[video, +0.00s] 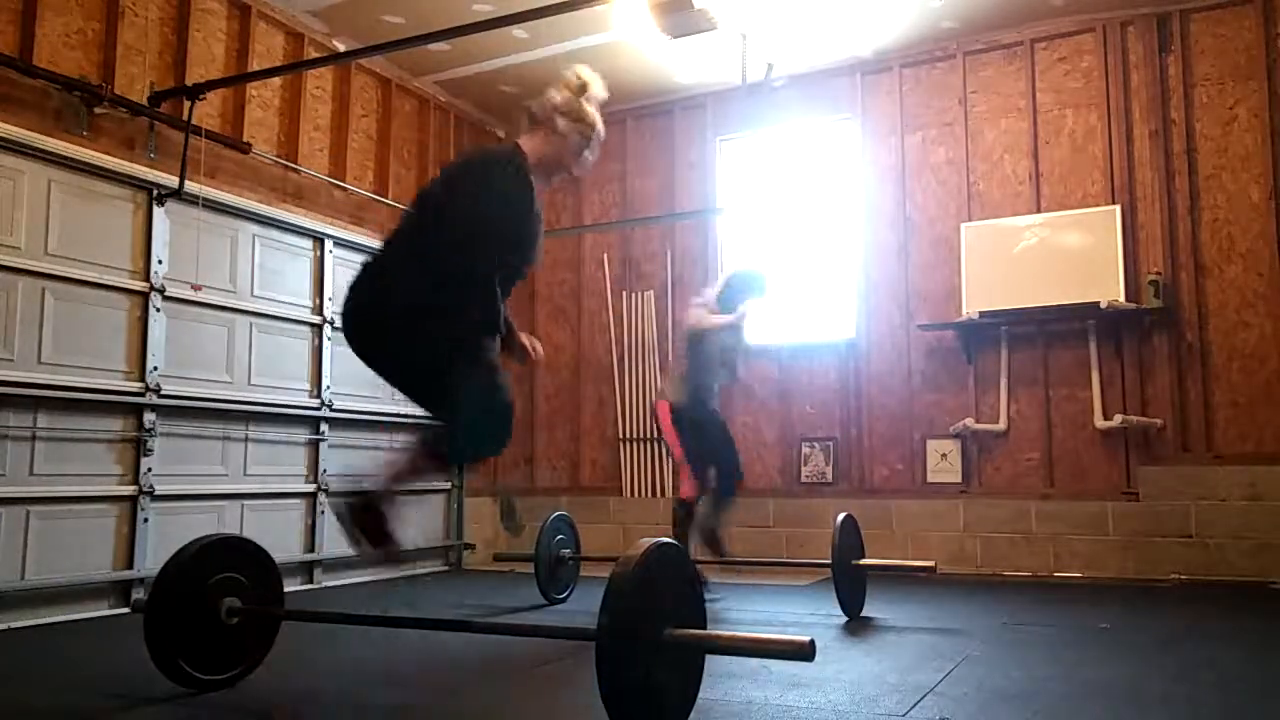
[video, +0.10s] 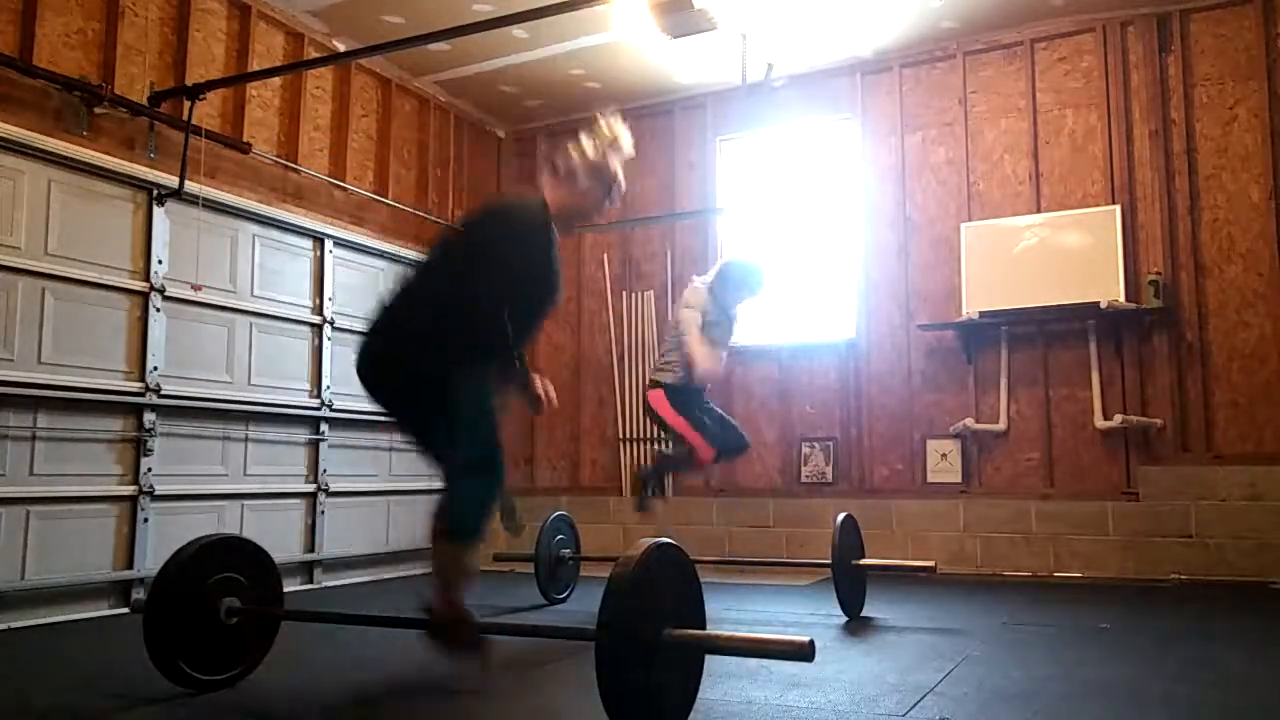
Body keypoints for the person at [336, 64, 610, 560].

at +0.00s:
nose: (577, 169)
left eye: (586, 157)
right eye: (582, 151)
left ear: (549, 128)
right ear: (556, 131)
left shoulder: (505, 180)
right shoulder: (500, 181)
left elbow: (479, 274)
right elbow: (470, 274)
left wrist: (509, 333)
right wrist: (493, 342)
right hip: (396, 316)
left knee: (483, 413)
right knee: (483, 416)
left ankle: (376, 499)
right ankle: (374, 500)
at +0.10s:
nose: (602, 211)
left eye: (608, 200)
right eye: (603, 194)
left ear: (560, 170)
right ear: (575, 176)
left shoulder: (520, 222)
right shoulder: (523, 229)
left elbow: (489, 312)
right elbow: (482, 315)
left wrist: (524, 372)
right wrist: (519, 375)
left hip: (402, 356)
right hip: (421, 362)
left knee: (473, 469)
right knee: (477, 472)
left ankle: (447, 604)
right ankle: (447, 608)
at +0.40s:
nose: (637, 434)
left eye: (645, 426)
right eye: (640, 420)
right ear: (620, 392)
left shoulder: (586, 414)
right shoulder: (566, 410)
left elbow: (603, 499)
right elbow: (550, 526)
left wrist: (629, 570)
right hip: (411, 404)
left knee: (493, 513)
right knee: (487, 514)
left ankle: (459, 642)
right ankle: (452, 649)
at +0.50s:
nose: (644, 467)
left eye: (655, 461)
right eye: (646, 454)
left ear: (630, 417)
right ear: (627, 422)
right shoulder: (563, 439)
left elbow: (628, 539)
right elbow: (558, 548)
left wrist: (659, 619)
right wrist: (579, 639)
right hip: (423, 381)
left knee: (481, 508)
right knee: (450, 513)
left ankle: (440, 623)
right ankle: (421, 636)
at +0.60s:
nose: (667, 492)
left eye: (677, 487)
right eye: (672, 482)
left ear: (659, 449)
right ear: (655, 453)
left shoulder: (629, 458)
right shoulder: (598, 464)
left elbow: (644, 558)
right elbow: (571, 574)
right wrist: (571, 678)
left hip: (493, 421)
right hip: (452, 406)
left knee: (449, 529)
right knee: (425, 526)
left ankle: (353, 552)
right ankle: (329, 558)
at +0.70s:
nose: (696, 527)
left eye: (707, 521)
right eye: (698, 513)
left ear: (710, 511)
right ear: (678, 479)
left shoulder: (648, 500)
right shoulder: (610, 485)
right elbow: (561, 594)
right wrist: (564, 688)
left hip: (489, 503)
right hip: (468, 466)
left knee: (402, 544)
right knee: (373, 537)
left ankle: (327, 558)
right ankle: (279, 559)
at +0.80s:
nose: (697, 549)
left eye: (708, 543)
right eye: (698, 535)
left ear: (687, 493)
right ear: (681, 501)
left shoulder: (666, 518)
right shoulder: (609, 510)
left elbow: (634, 597)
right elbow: (556, 600)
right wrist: (562, 686)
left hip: (509, 560)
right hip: (466, 536)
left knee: (397, 579)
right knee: (383, 576)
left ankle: (325, 585)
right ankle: (310, 592)